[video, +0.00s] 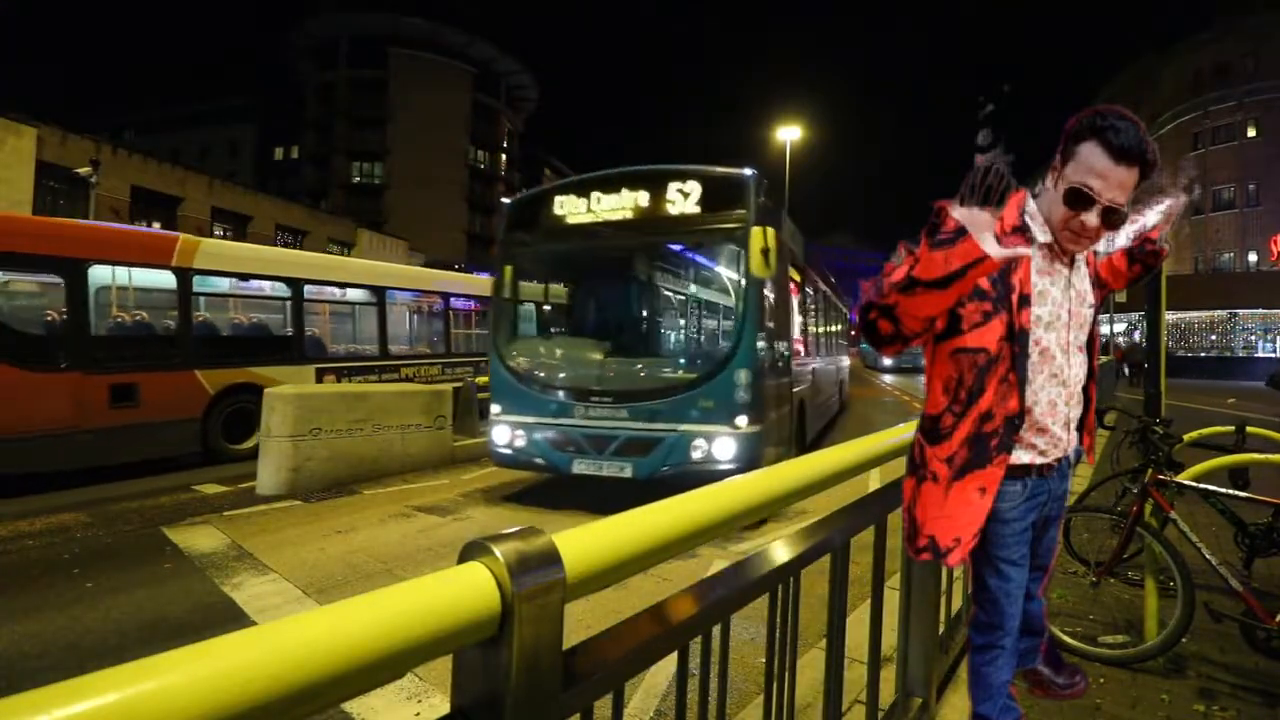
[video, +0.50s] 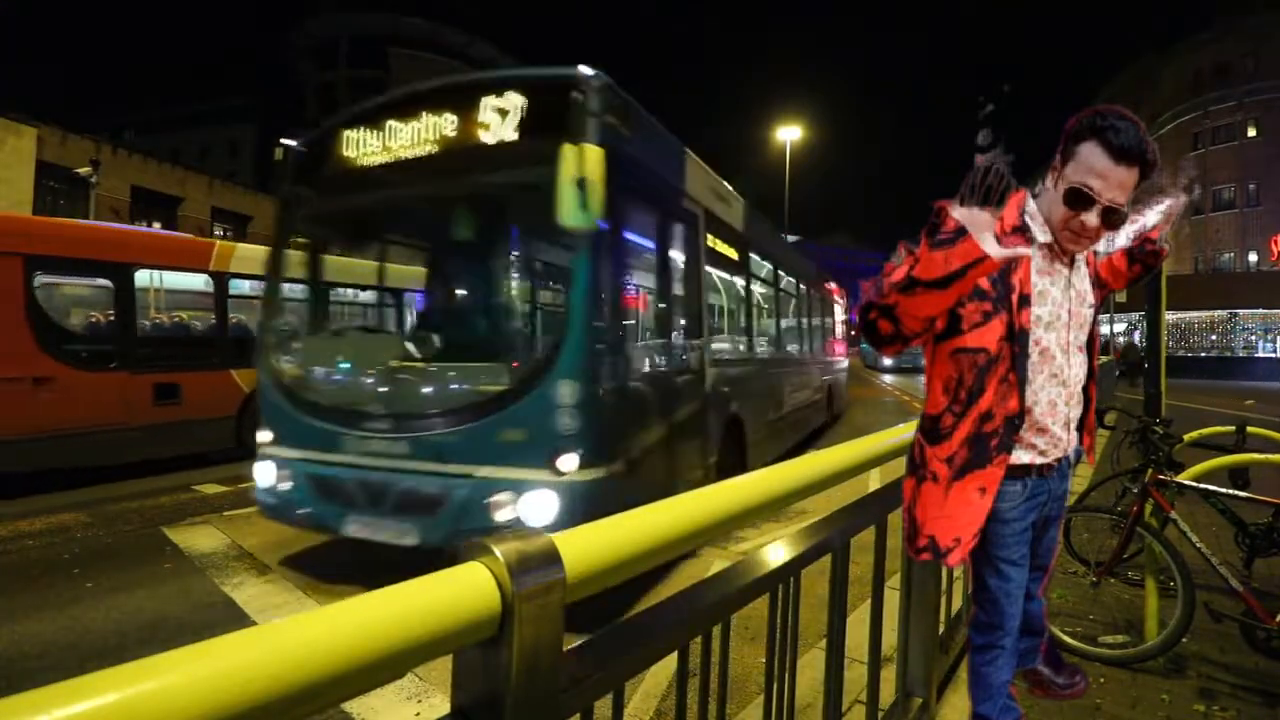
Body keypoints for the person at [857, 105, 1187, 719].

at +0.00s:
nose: (1089, 222)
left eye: (1109, 212)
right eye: (1079, 198)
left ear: (1123, 211)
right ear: (1052, 172)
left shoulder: (1084, 265)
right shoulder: (985, 242)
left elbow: (1113, 272)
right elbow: (882, 328)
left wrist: (1152, 240)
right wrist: (962, 246)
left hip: (1057, 467)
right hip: (1000, 475)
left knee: (1034, 581)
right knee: (1000, 611)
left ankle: (1028, 659)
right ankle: (993, 709)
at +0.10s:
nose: (1089, 222)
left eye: (1109, 211)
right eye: (1079, 198)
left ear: (1123, 211)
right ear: (1052, 172)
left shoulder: (1085, 265)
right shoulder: (985, 242)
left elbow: (1117, 270)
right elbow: (883, 328)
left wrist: (1153, 240)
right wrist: (962, 246)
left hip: (1057, 467)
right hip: (1000, 475)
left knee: (1034, 582)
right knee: (1000, 610)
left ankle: (1027, 659)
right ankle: (993, 709)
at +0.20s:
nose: (1089, 222)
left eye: (1110, 212)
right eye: (1079, 198)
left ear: (1123, 211)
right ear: (1052, 172)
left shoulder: (1085, 265)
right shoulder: (985, 242)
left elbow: (1117, 270)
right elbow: (883, 328)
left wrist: (1153, 240)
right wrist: (962, 246)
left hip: (1057, 467)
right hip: (1000, 475)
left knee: (1034, 582)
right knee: (1000, 610)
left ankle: (1027, 659)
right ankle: (993, 709)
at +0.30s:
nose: (1089, 222)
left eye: (1109, 212)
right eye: (1079, 198)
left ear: (1123, 211)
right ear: (1052, 172)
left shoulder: (1084, 265)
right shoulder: (985, 243)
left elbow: (1113, 272)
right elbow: (883, 327)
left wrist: (1152, 240)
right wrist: (962, 245)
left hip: (1057, 467)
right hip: (1000, 476)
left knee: (1034, 582)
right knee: (1000, 611)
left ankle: (1028, 659)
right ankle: (993, 709)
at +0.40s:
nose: (1089, 222)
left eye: (1110, 211)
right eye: (1079, 198)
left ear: (1123, 211)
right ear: (1052, 172)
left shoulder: (1085, 265)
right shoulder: (985, 242)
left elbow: (1116, 270)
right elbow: (883, 328)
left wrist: (1153, 240)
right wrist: (962, 246)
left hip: (1057, 467)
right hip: (1000, 475)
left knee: (1034, 582)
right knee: (1000, 610)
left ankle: (1027, 659)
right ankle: (993, 709)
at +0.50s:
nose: (1089, 222)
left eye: (1110, 211)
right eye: (1079, 198)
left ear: (1123, 211)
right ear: (1052, 172)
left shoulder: (1085, 265)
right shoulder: (985, 242)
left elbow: (1116, 271)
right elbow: (884, 328)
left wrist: (1152, 240)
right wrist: (962, 246)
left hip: (1057, 467)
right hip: (1000, 475)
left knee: (1034, 582)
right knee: (1000, 611)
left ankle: (1027, 659)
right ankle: (993, 709)